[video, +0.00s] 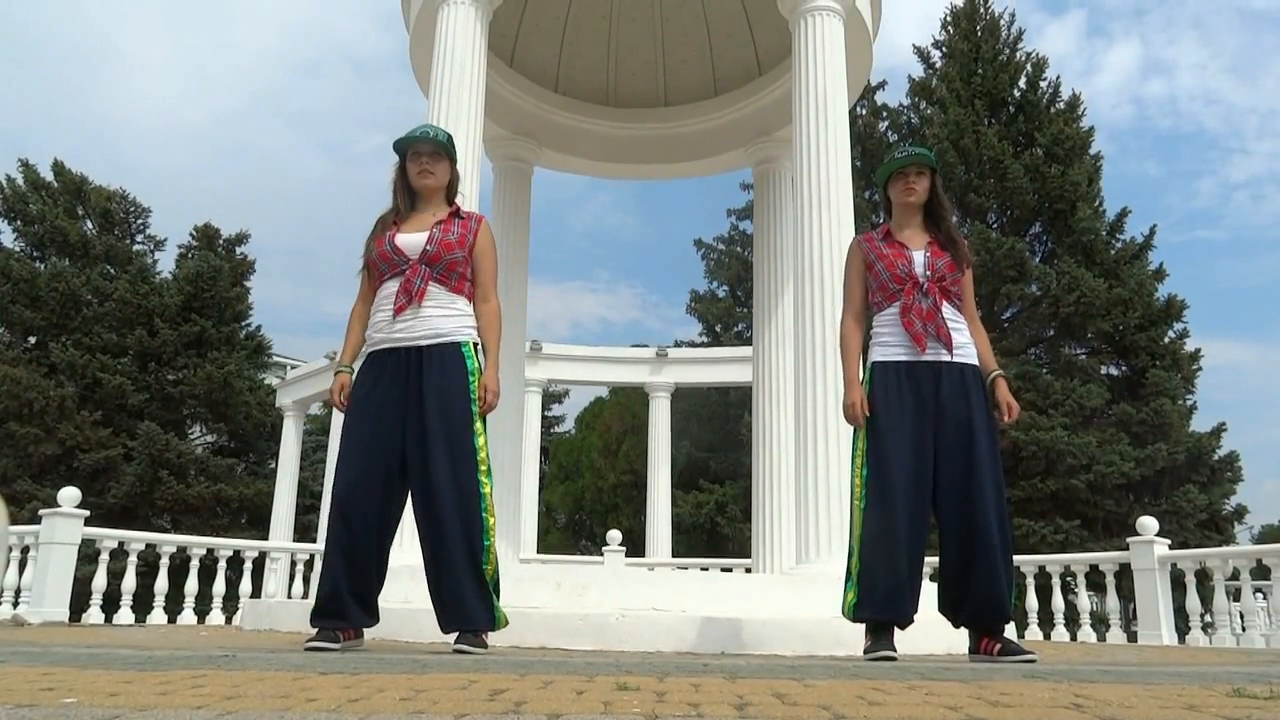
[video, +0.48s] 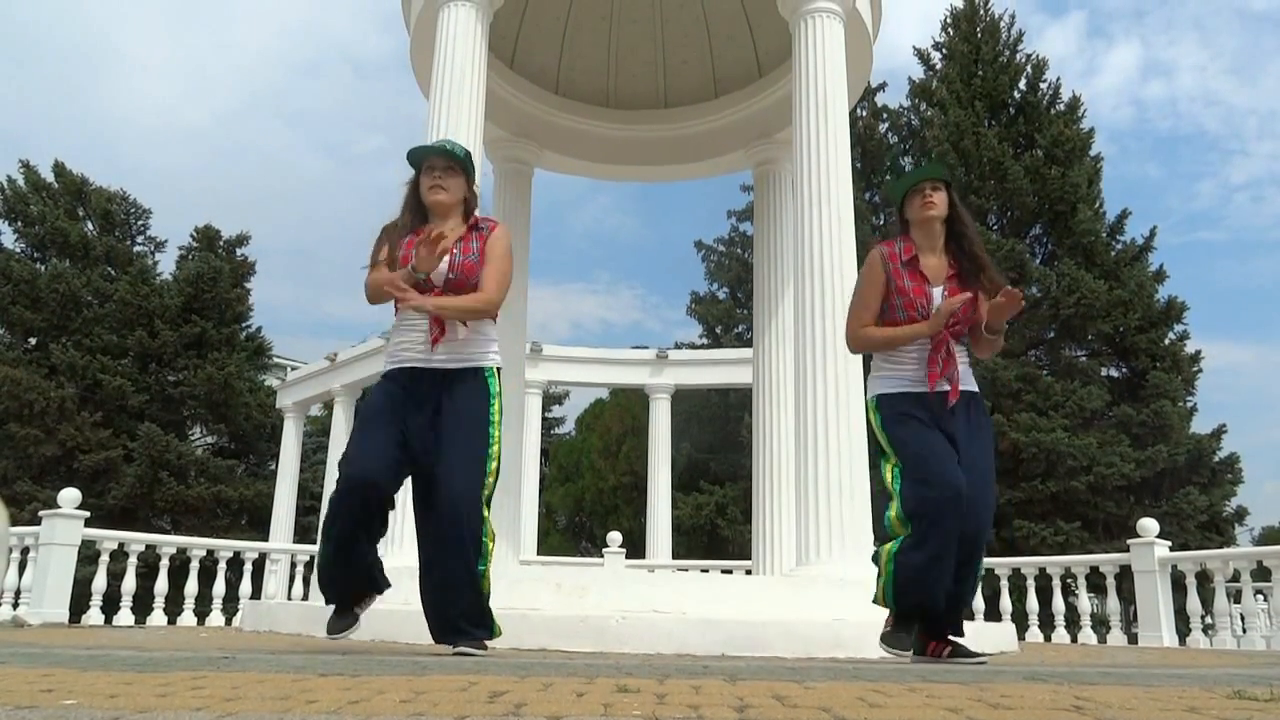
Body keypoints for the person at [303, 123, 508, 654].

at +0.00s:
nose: (423, 163)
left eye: (433, 156)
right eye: (415, 156)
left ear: (452, 167)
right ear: (402, 167)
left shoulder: (472, 227)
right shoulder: (383, 229)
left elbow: (486, 299)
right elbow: (364, 303)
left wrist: (490, 367)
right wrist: (343, 366)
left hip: (447, 364)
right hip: (382, 366)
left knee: (450, 491)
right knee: (359, 490)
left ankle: (470, 624)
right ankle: (342, 620)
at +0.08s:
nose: (423, 163)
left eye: (433, 156)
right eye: (415, 156)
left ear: (452, 166)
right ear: (402, 167)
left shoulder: (473, 227)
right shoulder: (384, 229)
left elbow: (488, 301)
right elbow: (365, 303)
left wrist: (492, 370)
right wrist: (344, 366)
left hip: (446, 365)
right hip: (381, 367)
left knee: (449, 492)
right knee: (361, 491)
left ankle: (469, 625)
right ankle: (342, 622)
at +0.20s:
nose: (424, 165)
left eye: (434, 158)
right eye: (416, 158)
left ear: (453, 168)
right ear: (403, 168)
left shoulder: (473, 226)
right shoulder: (384, 231)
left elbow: (491, 302)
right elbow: (365, 306)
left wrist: (500, 371)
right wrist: (341, 369)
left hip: (446, 369)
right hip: (380, 369)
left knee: (447, 495)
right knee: (364, 495)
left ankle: (465, 626)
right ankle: (345, 622)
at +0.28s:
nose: (430, 165)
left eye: (440, 159)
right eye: (422, 157)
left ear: (457, 172)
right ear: (408, 167)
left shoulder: (478, 223)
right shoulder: (388, 231)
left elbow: (499, 295)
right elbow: (367, 306)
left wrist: (504, 362)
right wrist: (339, 366)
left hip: (448, 369)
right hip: (381, 369)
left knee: (445, 494)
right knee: (366, 494)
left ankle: (463, 627)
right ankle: (347, 621)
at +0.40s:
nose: (437, 167)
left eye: (447, 161)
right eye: (429, 160)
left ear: (466, 175)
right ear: (415, 172)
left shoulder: (491, 225)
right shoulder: (397, 231)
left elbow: (509, 297)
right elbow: (377, 288)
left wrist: (487, 348)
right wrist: (365, 321)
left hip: (458, 375)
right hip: (394, 372)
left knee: (451, 500)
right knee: (368, 495)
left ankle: (461, 629)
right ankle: (348, 621)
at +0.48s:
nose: (437, 177)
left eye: (447, 171)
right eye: (428, 171)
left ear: (468, 184)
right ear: (415, 184)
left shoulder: (492, 235)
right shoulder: (394, 236)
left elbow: (489, 303)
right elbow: (374, 292)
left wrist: (421, 303)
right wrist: (410, 270)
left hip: (467, 379)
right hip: (402, 377)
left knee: (456, 503)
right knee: (360, 478)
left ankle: (462, 631)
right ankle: (353, 587)